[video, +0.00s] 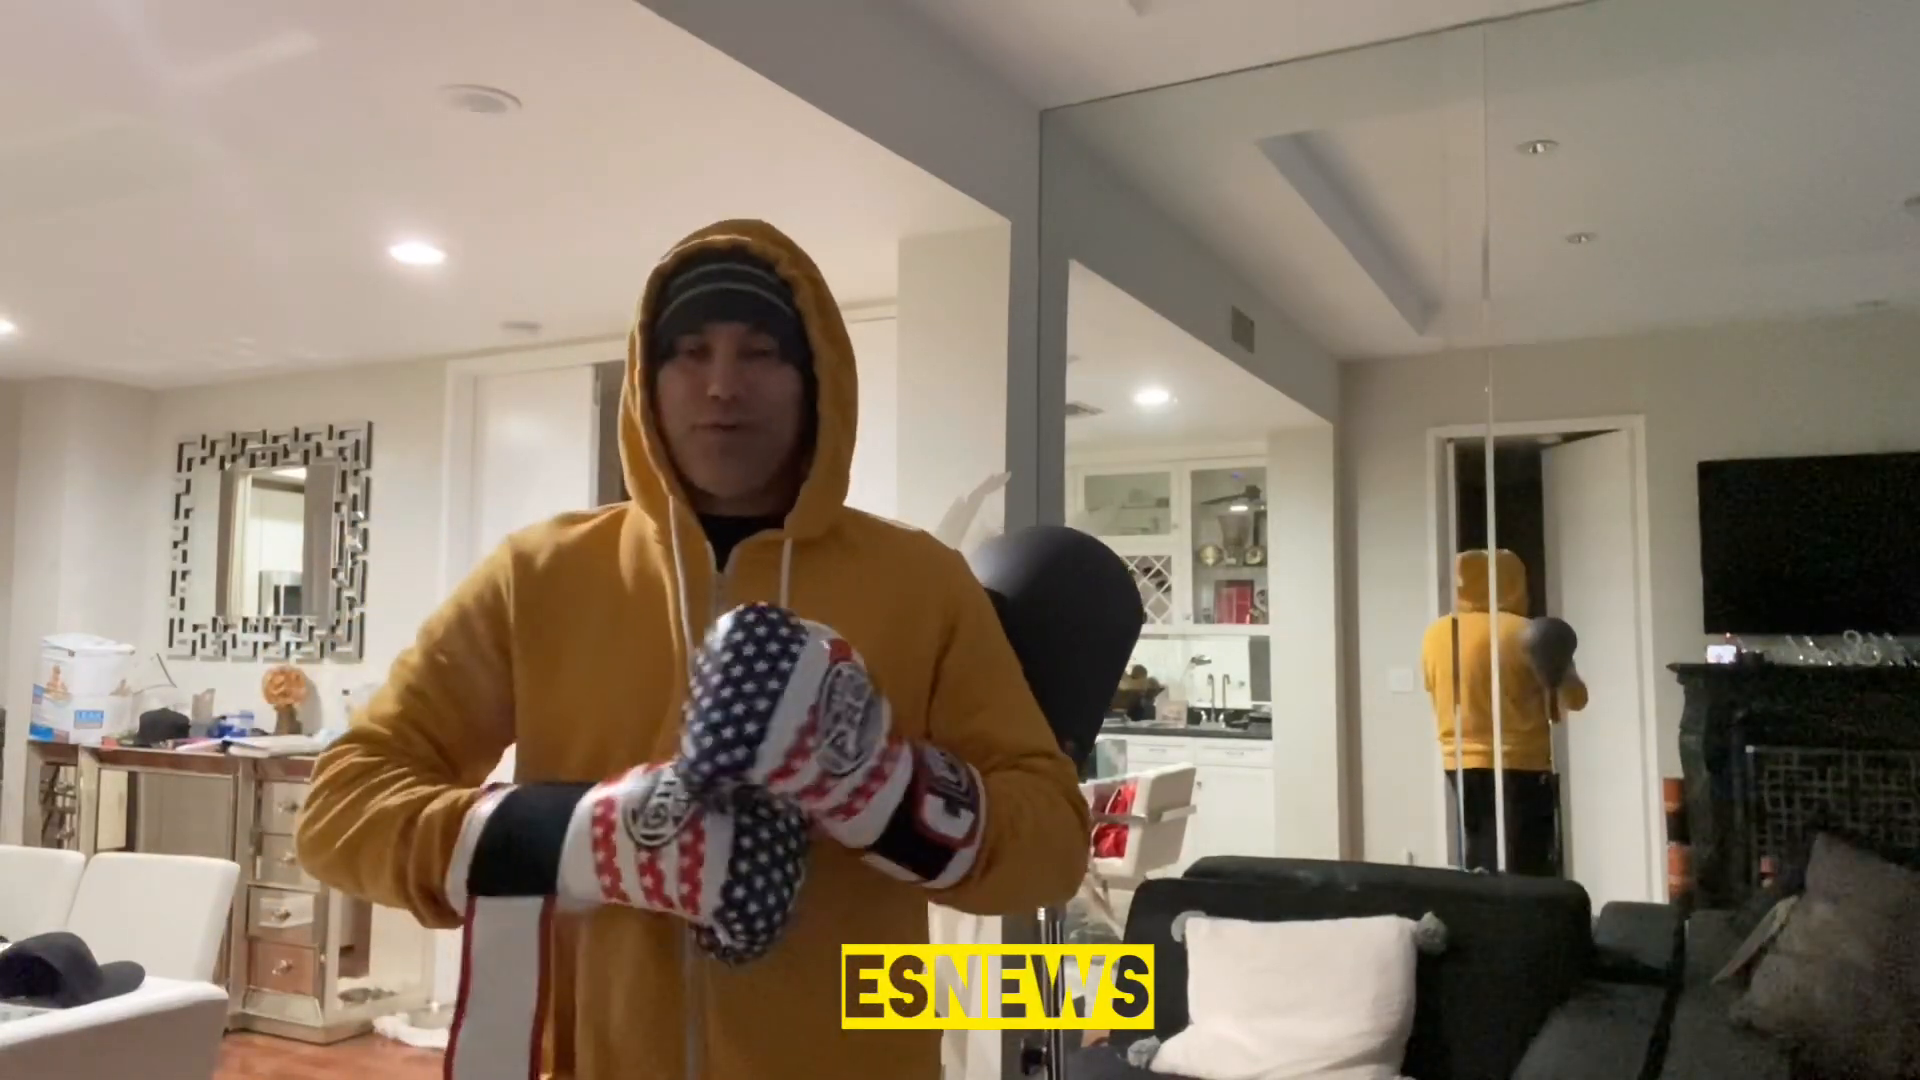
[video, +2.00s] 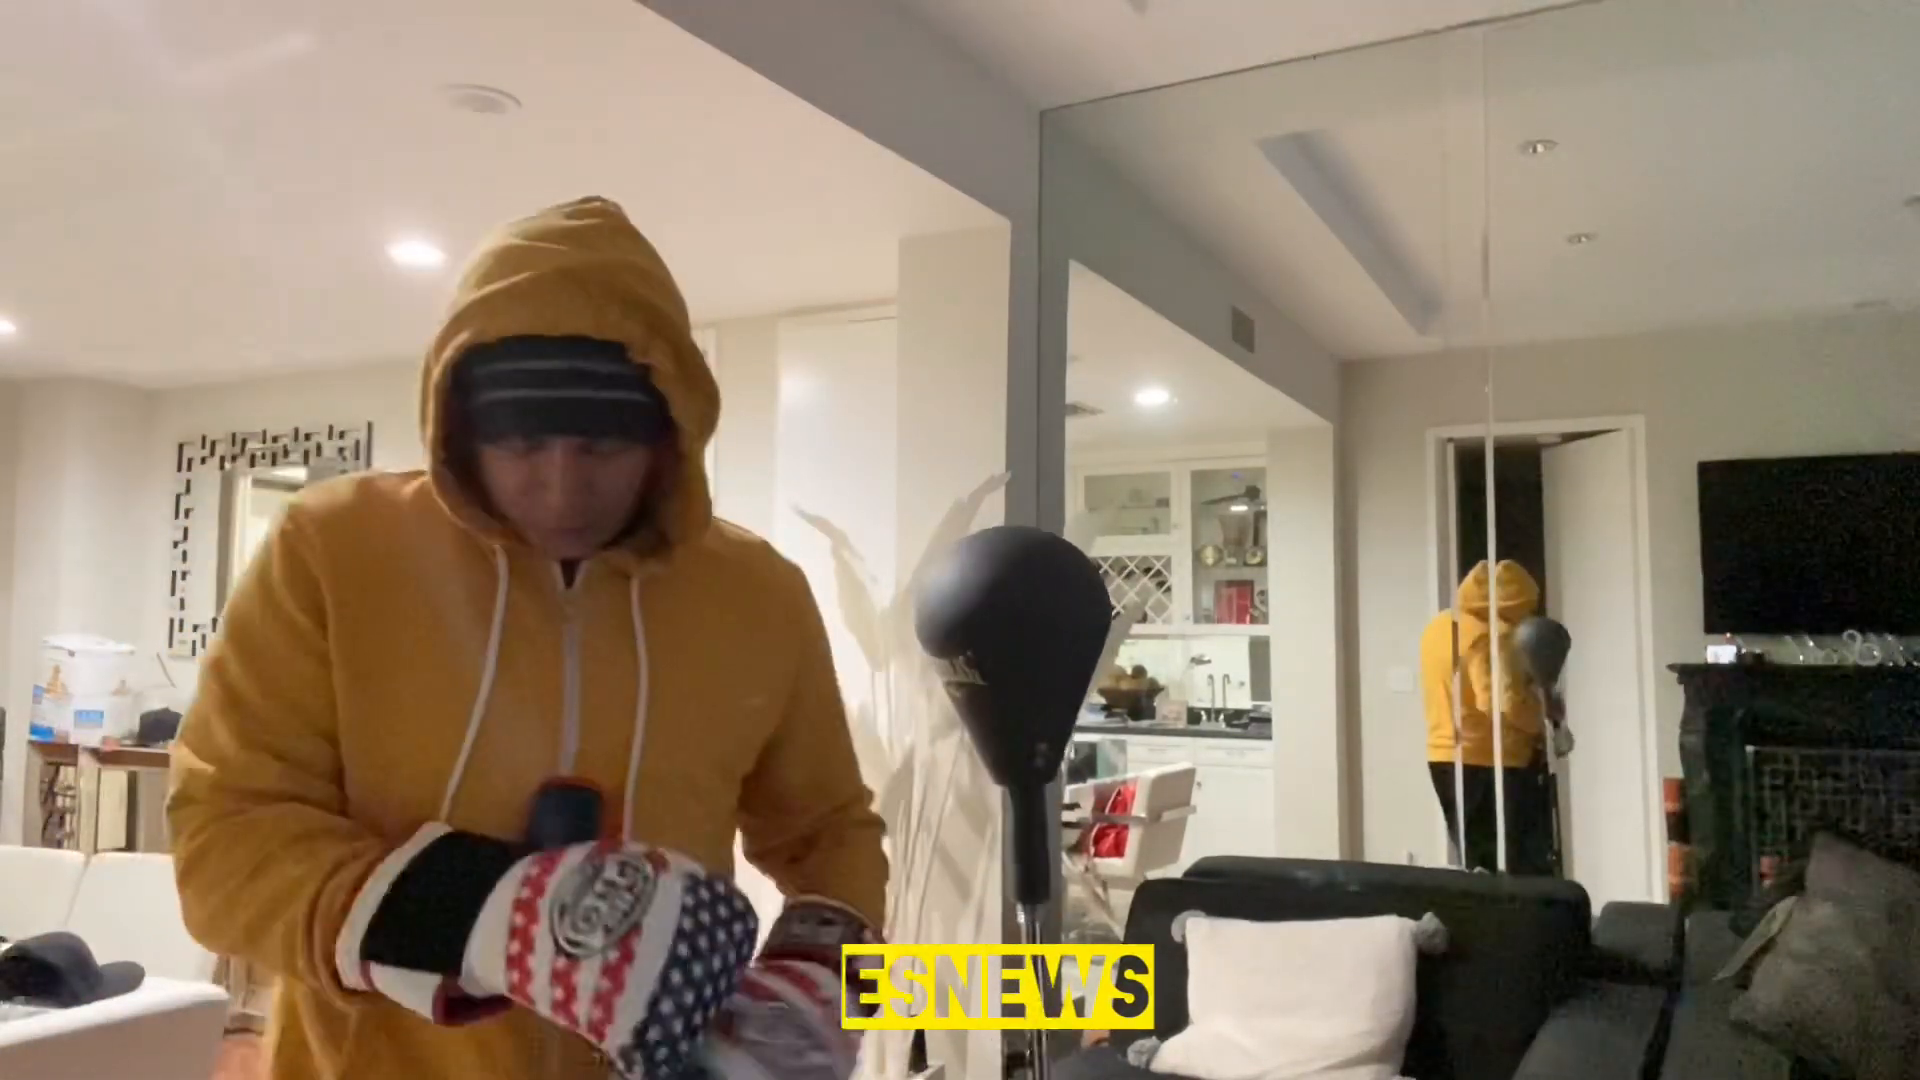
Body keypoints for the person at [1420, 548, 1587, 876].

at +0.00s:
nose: (1525, 591)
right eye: (1521, 583)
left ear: (1463, 586)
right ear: (1513, 586)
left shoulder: (1437, 634)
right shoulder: (1528, 633)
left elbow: (1433, 689)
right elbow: (1575, 698)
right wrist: (1558, 657)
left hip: (1463, 770)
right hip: (1524, 770)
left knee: (1477, 860)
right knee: (1529, 867)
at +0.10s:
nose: (1529, 591)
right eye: (1525, 584)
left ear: (1464, 585)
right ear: (1515, 586)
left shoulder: (1439, 632)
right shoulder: (1530, 633)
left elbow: (1429, 687)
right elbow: (1574, 700)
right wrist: (1557, 653)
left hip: (1462, 769)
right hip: (1523, 771)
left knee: (1472, 867)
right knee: (1527, 871)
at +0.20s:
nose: (1528, 591)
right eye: (1524, 584)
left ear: (1466, 585)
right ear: (1516, 585)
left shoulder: (1441, 632)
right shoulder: (1529, 632)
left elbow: (1430, 688)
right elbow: (1564, 704)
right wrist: (1560, 663)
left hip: (1462, 769)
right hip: (1522, 769)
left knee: (1475, 864)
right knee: (1528, 868)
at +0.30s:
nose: (1531, 596)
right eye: (1527, 589)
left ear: (1468, 587)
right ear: (1520, 588)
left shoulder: (1441, 634)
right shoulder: (1529, 631)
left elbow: (1437, 690)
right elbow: (1565, 699)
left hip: (1461, 767)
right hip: (1520, 768)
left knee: (1476, 861)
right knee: (1526, 866)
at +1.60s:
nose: (1535, 606)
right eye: (1530, 599)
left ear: (1470, 593)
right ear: (1523, 596)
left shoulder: (1442, 633)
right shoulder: (1527, 632)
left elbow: (1449, 688)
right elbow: (1581, 684)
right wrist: (1544, 696)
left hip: (1454, 765)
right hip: (1516, 767)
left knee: (1474, 859)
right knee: (1527, 861)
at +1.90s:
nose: (1529, 612)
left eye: (1530, 604)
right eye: (1527, 604)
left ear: (1472, 590)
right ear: (1514, 598)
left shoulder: (1438, 630)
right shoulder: (1502, 634)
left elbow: (1445, 698)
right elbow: (1535, 703)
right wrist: (1561, 697)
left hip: (1448, 765)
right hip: (1504, 767)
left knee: (1477, 865)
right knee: (1525, 868)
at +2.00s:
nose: (1525, 617)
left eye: (1528, 608)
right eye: (1524, 607)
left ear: (1476, 591)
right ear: (1508, 601)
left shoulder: (1438, 628)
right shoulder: (1487, 633)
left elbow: (1448, 699)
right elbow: (1500, 700)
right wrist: (1543, 717)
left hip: (1448, 765)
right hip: (1491, 766)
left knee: (1478, 865)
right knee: (1520, 866)